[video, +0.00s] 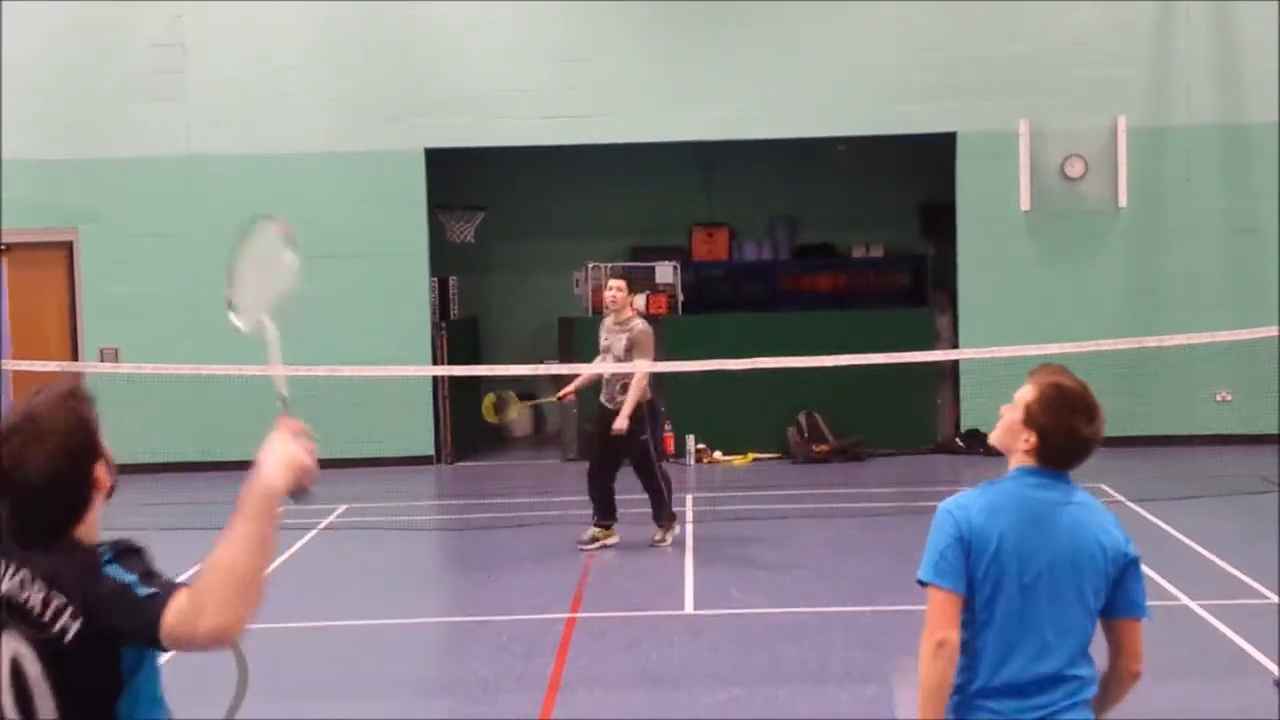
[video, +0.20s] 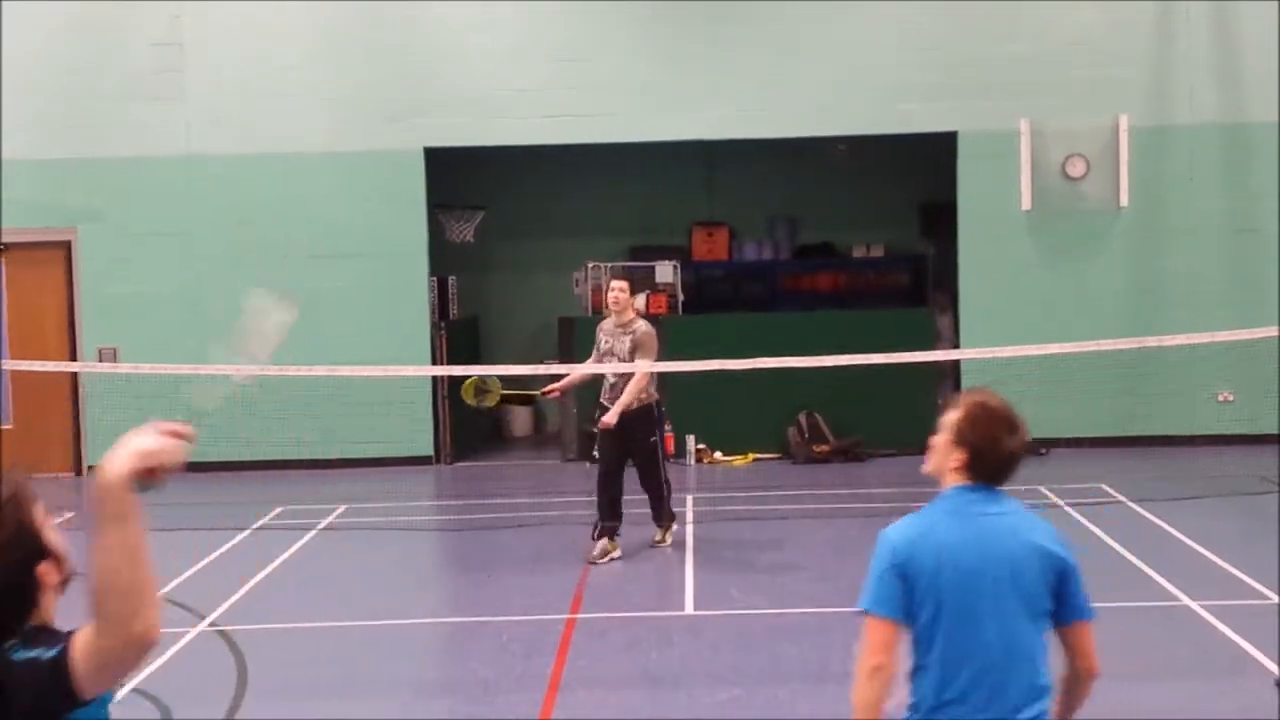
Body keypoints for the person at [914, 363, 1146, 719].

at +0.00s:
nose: (1002, 408)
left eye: (1013, 405)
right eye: (1011, 401)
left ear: (1028, 439)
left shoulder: (962, 514)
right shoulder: (1105, 528)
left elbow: (942, 642)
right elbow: (1129, 666)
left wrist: (930, 713)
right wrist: (1088, 710)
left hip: (983, 709)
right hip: (1070, 708)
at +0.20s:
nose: (930, 440)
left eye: (940, 432)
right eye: (937, 431)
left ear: (959, 457)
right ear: (1001, 461)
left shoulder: (904, 539)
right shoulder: (1042, 538)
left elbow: (876, 666)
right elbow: (1084, 666)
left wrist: (865, 712)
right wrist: (1061, 712)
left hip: (937, 710)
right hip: (1027, 710)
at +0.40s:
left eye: (845, 421)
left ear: (849, 429)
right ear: (914, 429)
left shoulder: (816, 510)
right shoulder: (951, 499)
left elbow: (780, 633)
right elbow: (1001, 615)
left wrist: (762, 710)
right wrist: (984, 686)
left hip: (860, 702)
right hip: (946, 702)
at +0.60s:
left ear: (796, 407)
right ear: (861, 405)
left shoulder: (764, 478)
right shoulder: (894, 478)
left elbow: (722, 596)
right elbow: (933, 590)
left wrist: (723, 651)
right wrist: (928, 650)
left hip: (797, 686)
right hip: (873, 685)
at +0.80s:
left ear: (753, 422)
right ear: (818, 421)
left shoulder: (717, 489)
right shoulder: (840, 498)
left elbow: (678, 595)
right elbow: (873, 608)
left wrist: (700, 637)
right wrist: (880, 687)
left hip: (729, 688)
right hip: (796, 690)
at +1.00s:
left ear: (709, 404)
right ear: (771, 405)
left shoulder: (671, 468)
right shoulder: (791, 478)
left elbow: (644, 578)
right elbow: (813, 591)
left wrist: (671, 624)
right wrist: (821, 664)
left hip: (678, 664)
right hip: (752, 668)